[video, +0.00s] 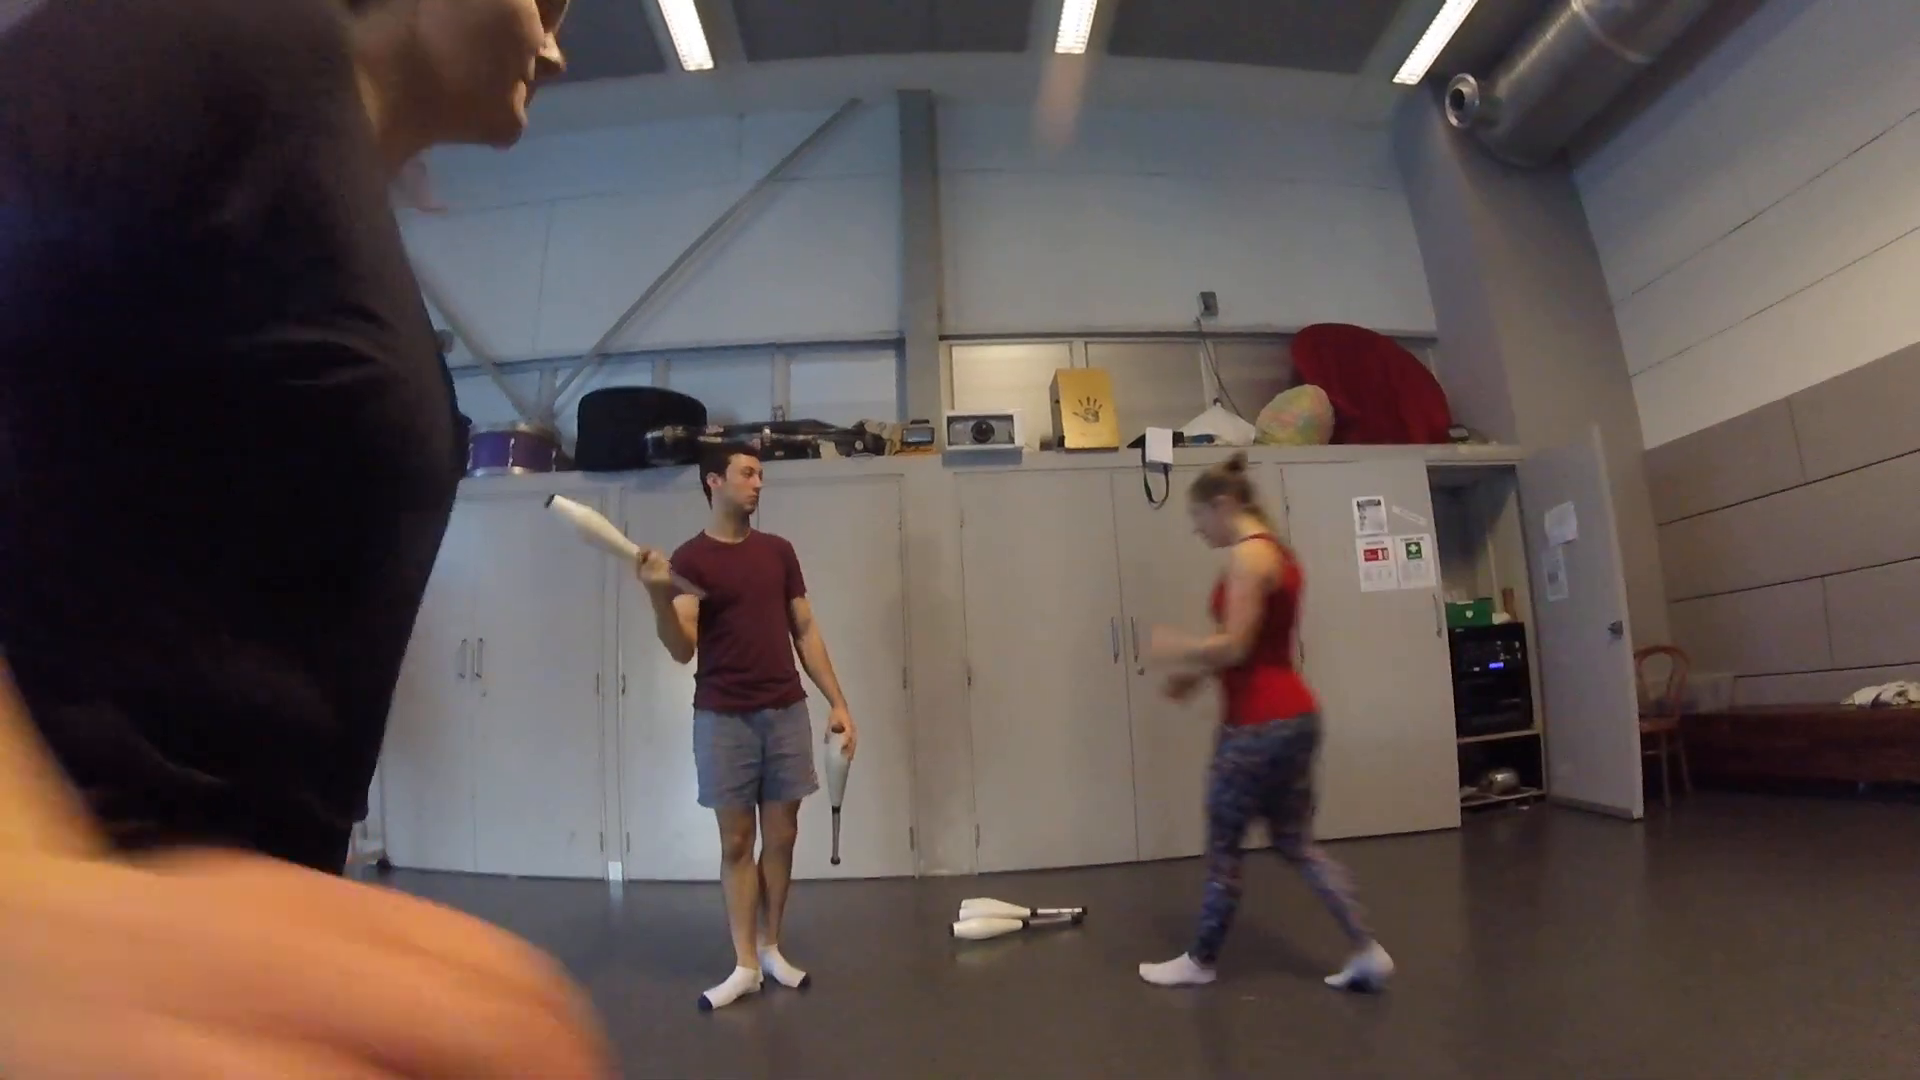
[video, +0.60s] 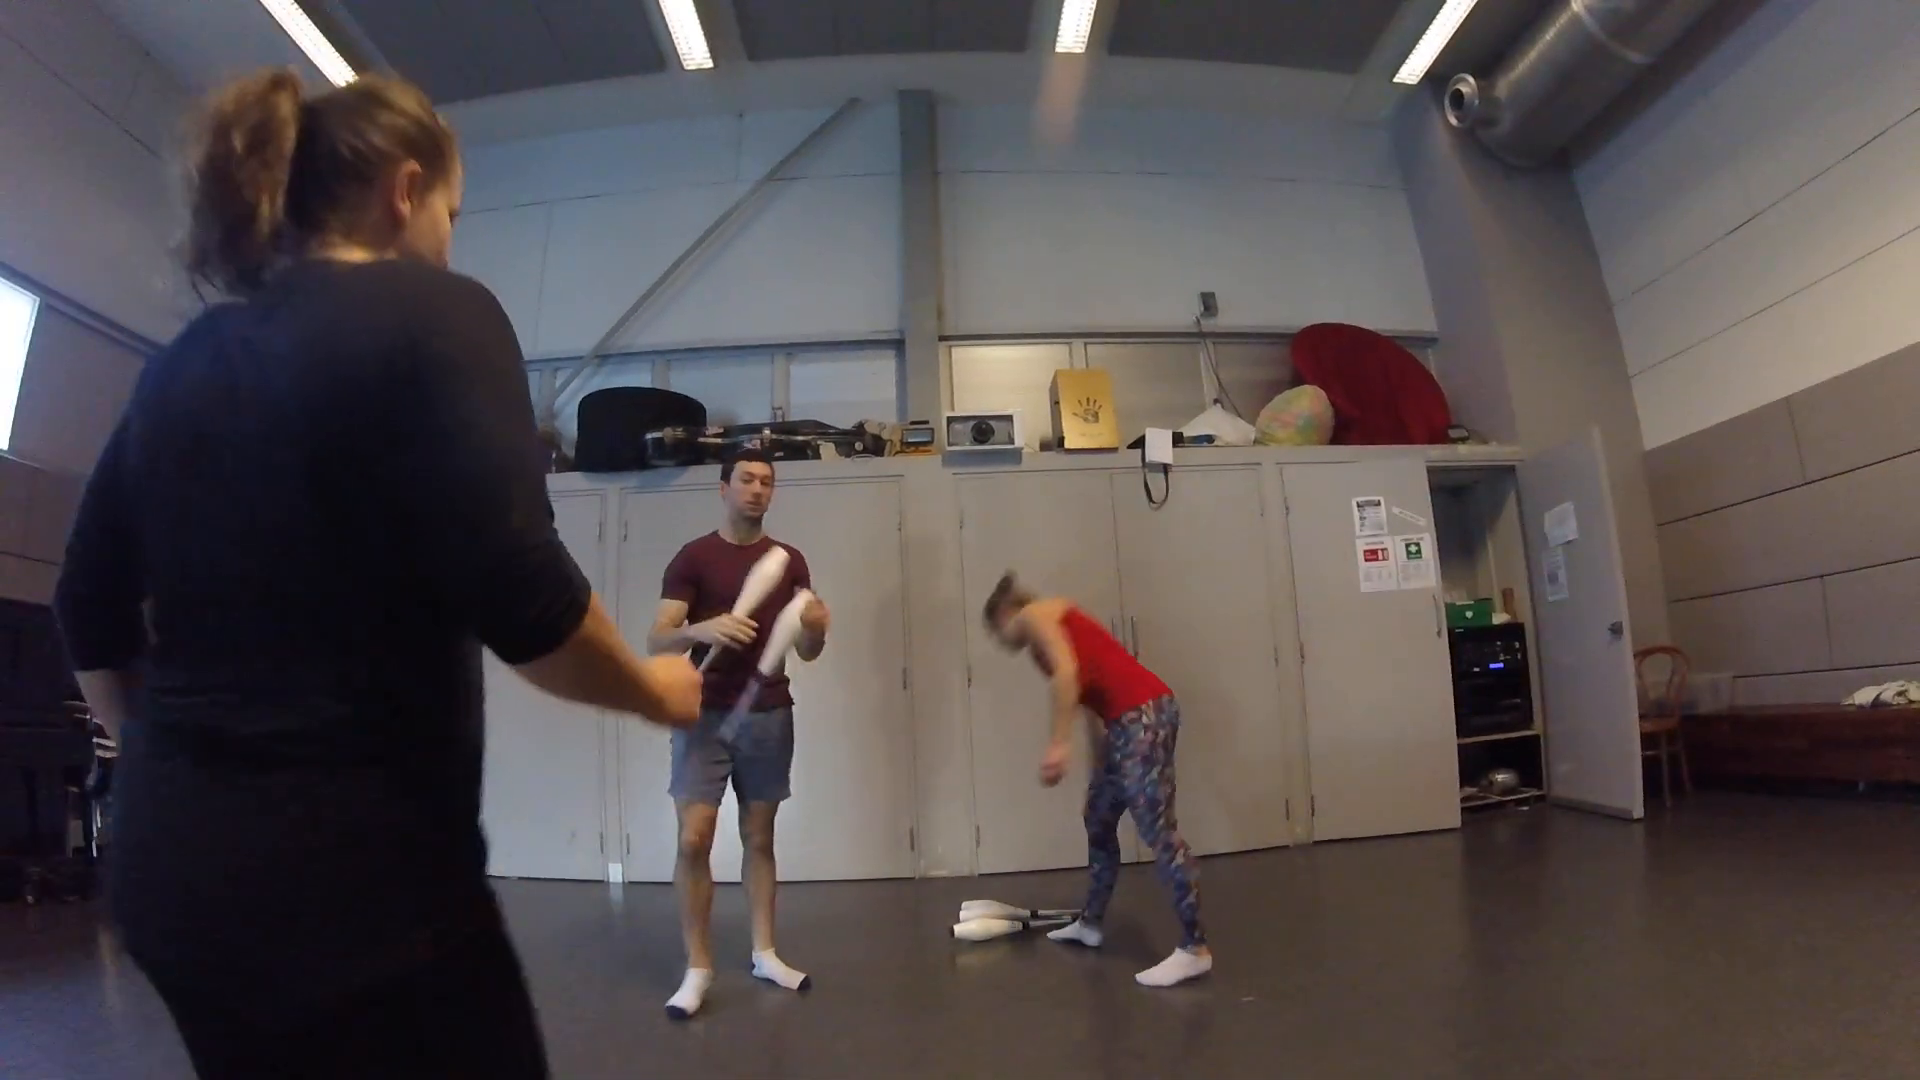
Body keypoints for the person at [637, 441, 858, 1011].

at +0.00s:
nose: (757, 482)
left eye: (759, 474)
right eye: (746, 473)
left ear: (758, 486)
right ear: (713, 484)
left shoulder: (778, 550)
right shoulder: (690, 559)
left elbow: (806, 630)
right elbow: (682, 649)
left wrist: (838, 703)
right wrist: (658, 592)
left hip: (786, 711)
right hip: (724, 716)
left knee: (782, 837)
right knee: (737, 844)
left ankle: (771, 949)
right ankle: (745, 966)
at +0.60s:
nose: (758, 490)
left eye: (765, 482)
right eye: (748, 480)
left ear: (773, 493)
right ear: (724, 488)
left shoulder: (788, 560)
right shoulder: (693, 558)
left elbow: (807, 652)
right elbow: (659, 641)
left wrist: (813, 627)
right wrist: (702, 629)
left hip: (766, 717)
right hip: (703, 718)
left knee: (760, 839)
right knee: (693, 844)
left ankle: (765, 954)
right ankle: (698, 967)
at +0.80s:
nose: (734, 487)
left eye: (743, 479)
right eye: (724, 477)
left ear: (754, 490)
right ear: (705, 486)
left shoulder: (775, 560)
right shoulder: (675, 558)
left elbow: (792, 649)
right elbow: (647, 639)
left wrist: (800, 618)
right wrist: (713, 638)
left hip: (755, 718)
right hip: (690, 719)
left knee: (753, 841)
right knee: (688, 850)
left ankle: (764, 954)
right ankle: (688, 972)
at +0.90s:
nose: (721, 486)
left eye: (730, 478)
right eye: (711, 477)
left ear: (741, 489)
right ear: (693, 485)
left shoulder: (764, 557)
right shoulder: (664, 557)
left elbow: (783, 650)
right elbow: (645, 649)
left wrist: (793, 623)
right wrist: (698, 656)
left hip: (746, 721)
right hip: (680, 722)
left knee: (749, 842)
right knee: (683, 850)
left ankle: (763, 954)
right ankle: (688, 973)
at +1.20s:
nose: (698, 490)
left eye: (704, 479)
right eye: (689, 480)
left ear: (713, 484)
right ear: (667, 490)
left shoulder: (737, 557)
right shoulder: (645, 553)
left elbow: (763, 643)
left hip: (727, 716)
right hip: (666, 718)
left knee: (745, 842)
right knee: (673, 852)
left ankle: (759, 953)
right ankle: (685, 969)